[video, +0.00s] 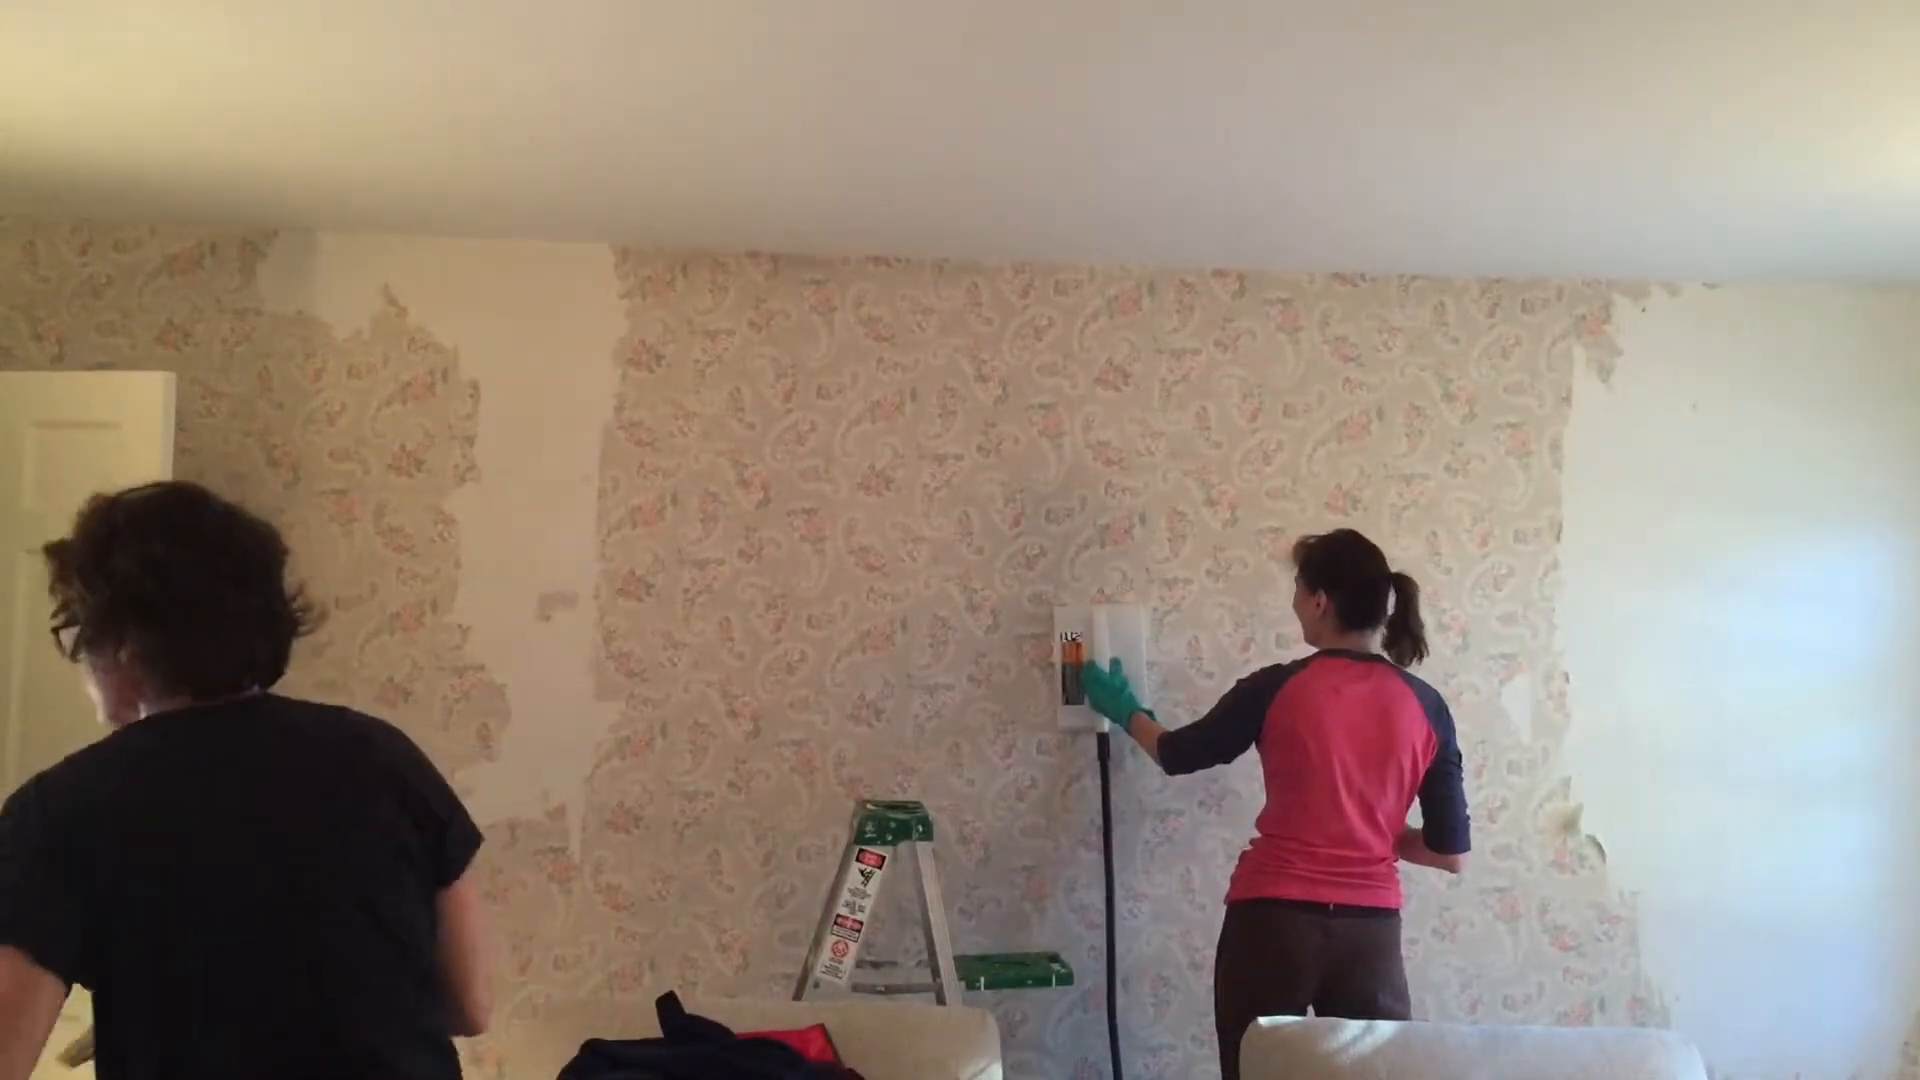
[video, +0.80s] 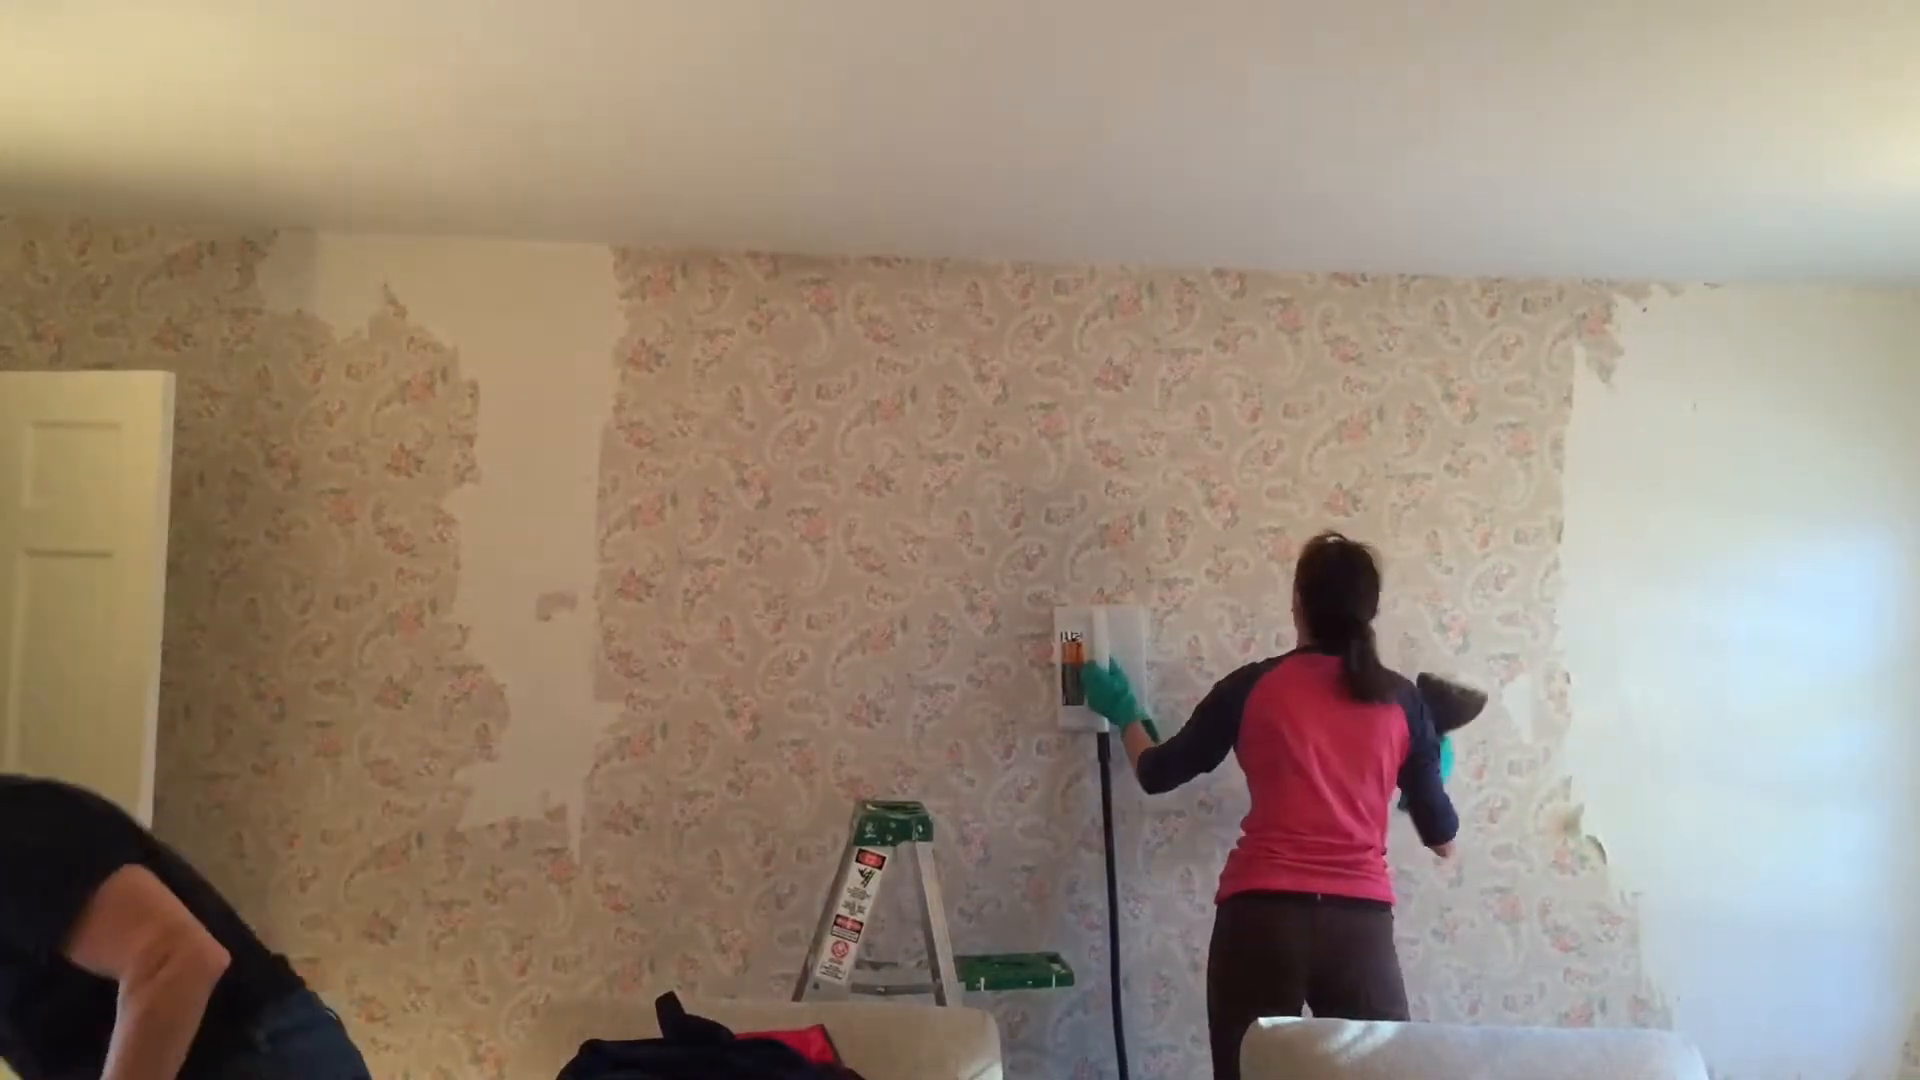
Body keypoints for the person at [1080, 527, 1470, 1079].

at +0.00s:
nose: (1295, 602)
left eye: (1299, 589)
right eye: (1298, 588)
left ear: (1320, 600)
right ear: (1379, 602)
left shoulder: (1277, 685)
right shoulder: (1427, 705)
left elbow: (1175, 753)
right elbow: (1449, 852)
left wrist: (1124, 711)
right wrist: (1375, 831)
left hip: (1268, 932)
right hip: (1370, 940)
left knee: (1253, 1074)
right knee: (1379, 1076)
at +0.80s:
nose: (1292, 599)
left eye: (1294, 590)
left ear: (1298, 602)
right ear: (1372, 608)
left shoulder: (1251, 687)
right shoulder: (1402, 701)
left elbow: (1155, 774)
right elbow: (1442, 838)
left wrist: (1124, 713)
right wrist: (1433, 770)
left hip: (1257, 927)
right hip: (1359, 933)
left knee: (1243, 1075)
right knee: (1382, 1075)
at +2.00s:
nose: (1218, 622)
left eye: (1221, 609)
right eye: (1216, 609)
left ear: (1257, 613)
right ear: (1296, 607)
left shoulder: (1239, 690)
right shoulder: (1374, 688)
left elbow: (1164, 750)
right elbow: (1418, 799)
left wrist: (1135, 672)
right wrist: (1430, 755)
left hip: (1261, 923)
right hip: (1359, 925)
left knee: (1247, 1074)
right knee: (1384, 1073)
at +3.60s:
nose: (1282, 618)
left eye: (1289, 601)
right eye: (1282, 601)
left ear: (1332, 604)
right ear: (1339, 604)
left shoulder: (1295, 687)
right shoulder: (1434, 694)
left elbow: (1182, 718)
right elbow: (1500, 820)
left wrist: (1130, 659)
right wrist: (1485, 769)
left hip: (1298, 931)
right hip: (1402, 939)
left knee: (1276, 1067)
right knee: (1431, 1075)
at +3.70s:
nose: (1303, 616)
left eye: (1310, 600)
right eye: (1304, 600)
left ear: (1353, 604)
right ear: (1369, 603)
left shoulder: (1314, 686)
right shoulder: (1458, 693)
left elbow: (1194, 710)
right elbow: (1529, 818)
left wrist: (1128, 655)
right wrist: (1533, 784)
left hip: (1324, 928)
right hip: (1428, 935)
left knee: (1292, 1073)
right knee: (1453, 1076)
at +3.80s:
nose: (1330, 617)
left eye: (1334, 603)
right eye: (1329, 603)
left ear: (1373, 604)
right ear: (1401, 605)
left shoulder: (1336, 687)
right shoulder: (1481, 695)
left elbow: (1211, 706)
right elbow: (1556, 814)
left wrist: (1137, 658)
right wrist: (1578, 797)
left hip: (1357, 933)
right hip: (1461, 938)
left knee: (1319, 1069)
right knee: (1483, 1074)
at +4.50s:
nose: (1387, 597)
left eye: (1389, 585)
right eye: (1394, 582)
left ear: (1395, 597)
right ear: (1464, 600)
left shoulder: (1357, 690)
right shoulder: (1506, 693)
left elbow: (1232, 723)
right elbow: (1576, 808)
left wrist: (1163, 659)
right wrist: (1593, 779)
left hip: (1397, 933)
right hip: (1502, 931)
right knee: (1531, 1079)